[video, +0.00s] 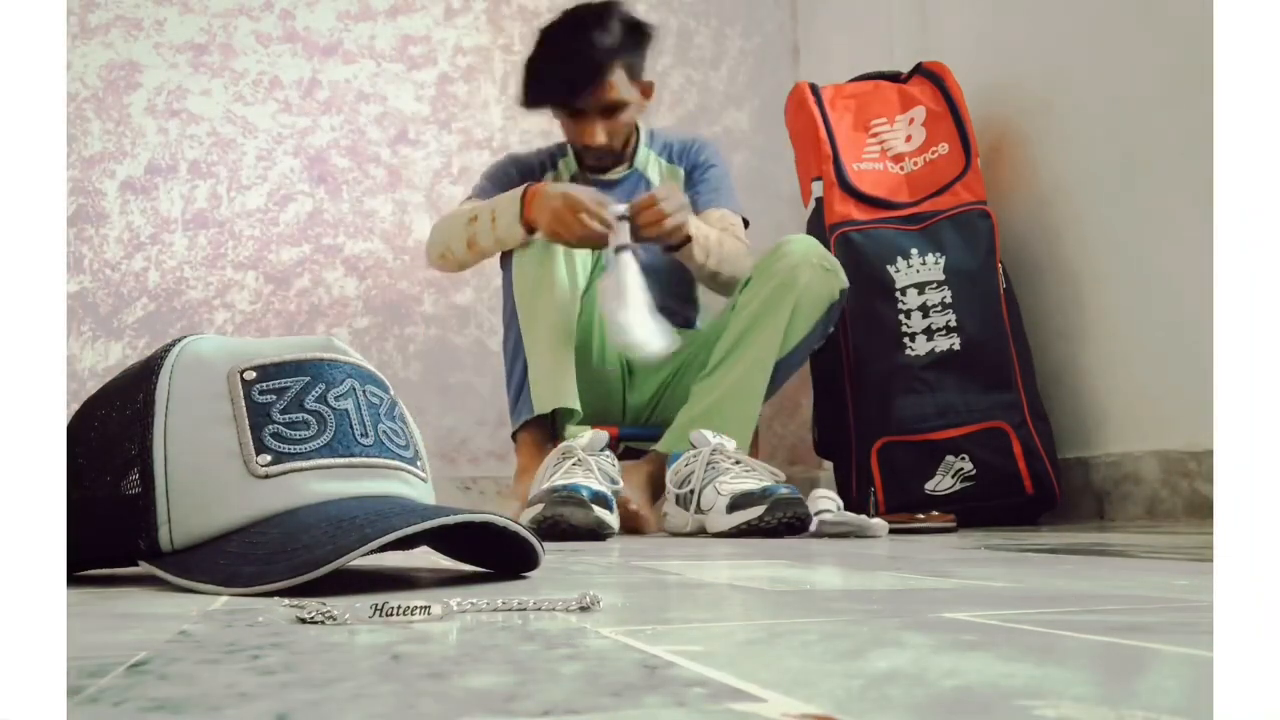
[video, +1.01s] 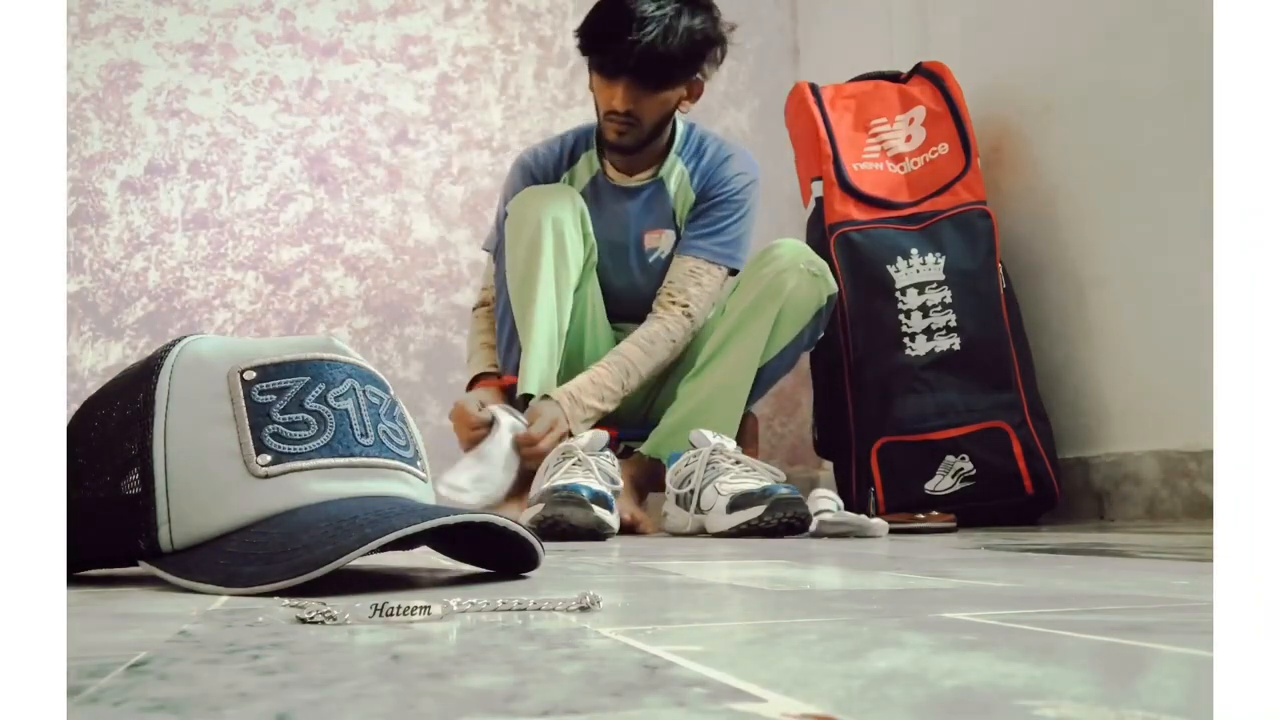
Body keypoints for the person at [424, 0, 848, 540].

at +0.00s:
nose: (594, 136)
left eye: (611, 112)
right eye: (574, 115)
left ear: (645, 96)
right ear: (555, 109)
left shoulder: (692, 161)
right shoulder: (526, 175)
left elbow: (735, 270)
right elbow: (442, 250)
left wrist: (684, 234)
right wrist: (530, 207)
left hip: (675, 378)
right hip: (578, 378)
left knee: (810, 260)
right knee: (540, 223)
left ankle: (675, 465)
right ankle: (551, 456)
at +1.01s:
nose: (619, 102)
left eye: (645, 86)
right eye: (607, 76)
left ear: (689, 92)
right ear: (589, 70)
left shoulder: (725, 173)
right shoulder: (541, 169)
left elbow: (676, 318)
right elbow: (493, 300)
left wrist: (571, 405)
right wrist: (486, 386)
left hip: (675, 378)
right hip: (577, 374)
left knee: (795, 264)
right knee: (542, 202)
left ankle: (649, 471)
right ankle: (565, 455)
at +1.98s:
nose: (651, 99)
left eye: (677, 89)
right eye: (643, 77)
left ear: (711, 110)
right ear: (624, 76)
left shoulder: (732, 194)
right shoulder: (565, 183)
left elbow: (681, 325)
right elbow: (509, 316)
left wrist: (594, 435)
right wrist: (488, 427)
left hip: (683, 376)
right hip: (585, 372)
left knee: (802, 264)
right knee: (532, 190)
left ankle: (641, 475)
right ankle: (527, 433)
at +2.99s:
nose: (672, 136)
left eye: (694, 125)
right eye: (663, 112)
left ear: (724, 117)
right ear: (637, 84)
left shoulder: (745, 187)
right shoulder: (569, 173)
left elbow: (709, 315)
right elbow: (508, 287)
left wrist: (609, 386)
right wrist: (486, 372)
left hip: (689, 376)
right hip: (587, 363)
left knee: (827, 279)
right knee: (550, 210)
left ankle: (655, 475)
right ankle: (524, 464)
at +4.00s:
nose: (658, 126)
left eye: (674, 101)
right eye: (635, 105)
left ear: (693, 89)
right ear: (596, 99)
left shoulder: (728, 178)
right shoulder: (554, 165)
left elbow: (798, 296)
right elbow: (607, 310)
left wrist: (828, 372)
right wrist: (726, 363)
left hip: (702, 387)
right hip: (603, 380)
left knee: (751, 201)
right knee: (495, 251)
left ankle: (722, 460)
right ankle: (585, 461)